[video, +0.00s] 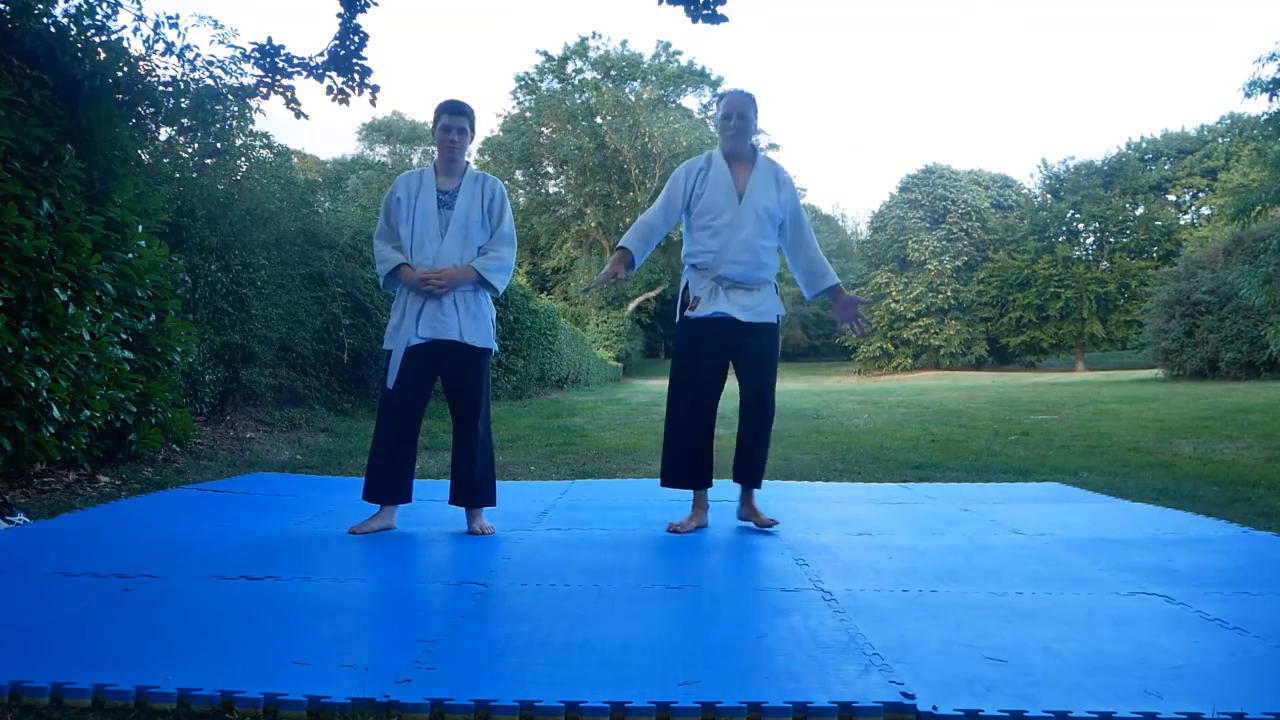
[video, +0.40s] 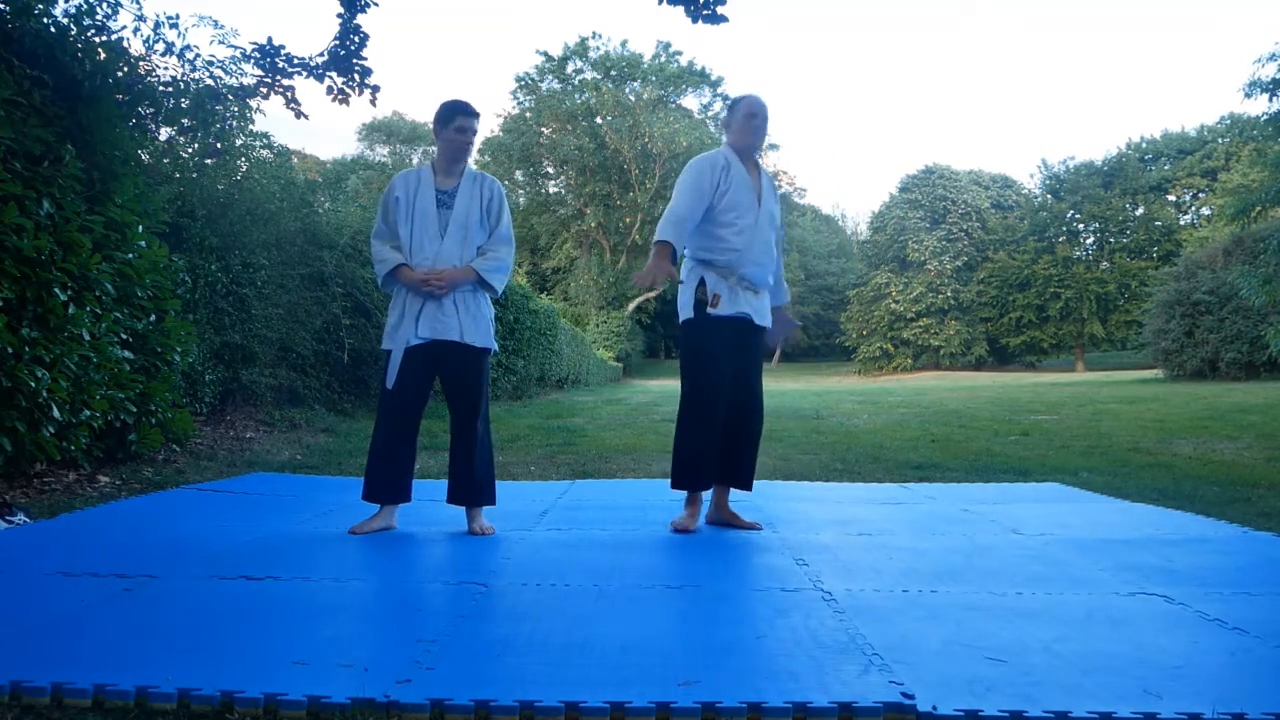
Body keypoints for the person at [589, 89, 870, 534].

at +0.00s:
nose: (732, 124)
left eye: (741, 117)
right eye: (726, 117)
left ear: (756, 124)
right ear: (716, 124)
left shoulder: (776, 177)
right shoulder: (694, 172)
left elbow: (801, 239)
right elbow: (657, 218)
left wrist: (834, 292)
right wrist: (625, 255)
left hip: (759, 303)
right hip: (703, 301)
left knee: (759, 406)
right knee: (696, 405)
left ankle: (748, 501)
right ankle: (699, 506)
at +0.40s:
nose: (756, 124)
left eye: (762, 118)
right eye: (749, 116)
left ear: (767, 129)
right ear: (727, 124)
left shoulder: (769, 187)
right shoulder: (708, 166)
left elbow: (774, 254)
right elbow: (678, 213)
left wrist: (779, 312)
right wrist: (661, 258)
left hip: (752, 304)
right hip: (707, 297)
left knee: (744, 403)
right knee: (703, 400)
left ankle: (721, 505)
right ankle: (692, 505)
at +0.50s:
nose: (767, 129)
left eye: (770, 124)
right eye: (759, 120)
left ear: (768, 133)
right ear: (732, 124)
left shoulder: (761, 186)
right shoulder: (711, 164)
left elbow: (760, 252)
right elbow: (685, 217)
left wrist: (763, 311)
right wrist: (674, 265)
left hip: (746, 305)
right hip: (708, 297)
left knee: (742, 405)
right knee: (704, 399)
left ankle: (720, 504)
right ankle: (672, 500)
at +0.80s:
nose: (766, 139)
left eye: (767, 132)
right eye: (761, 129)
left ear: (741, 126)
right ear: (736, 124)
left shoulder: (737, 171)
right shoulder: (715, 158)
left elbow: (719, 233)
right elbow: (694, 222)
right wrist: (691, 285)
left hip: (728, 302)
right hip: (700, 298)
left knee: (731, 404)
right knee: (689, 402)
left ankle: (720, 503)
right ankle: (660, 508)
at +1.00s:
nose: (759, 135)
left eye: (759, 127)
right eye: (754, 125)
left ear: (729, 123)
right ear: (729, 122)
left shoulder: (723, 164)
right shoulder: (710, 155)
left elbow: (697, 228)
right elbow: (695, 221)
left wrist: (713, 291)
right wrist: (691, 287)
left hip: (708, 301)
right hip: (690, 299)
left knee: (719, 401)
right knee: (679, 402)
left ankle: (718, 501)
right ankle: (659, 509)